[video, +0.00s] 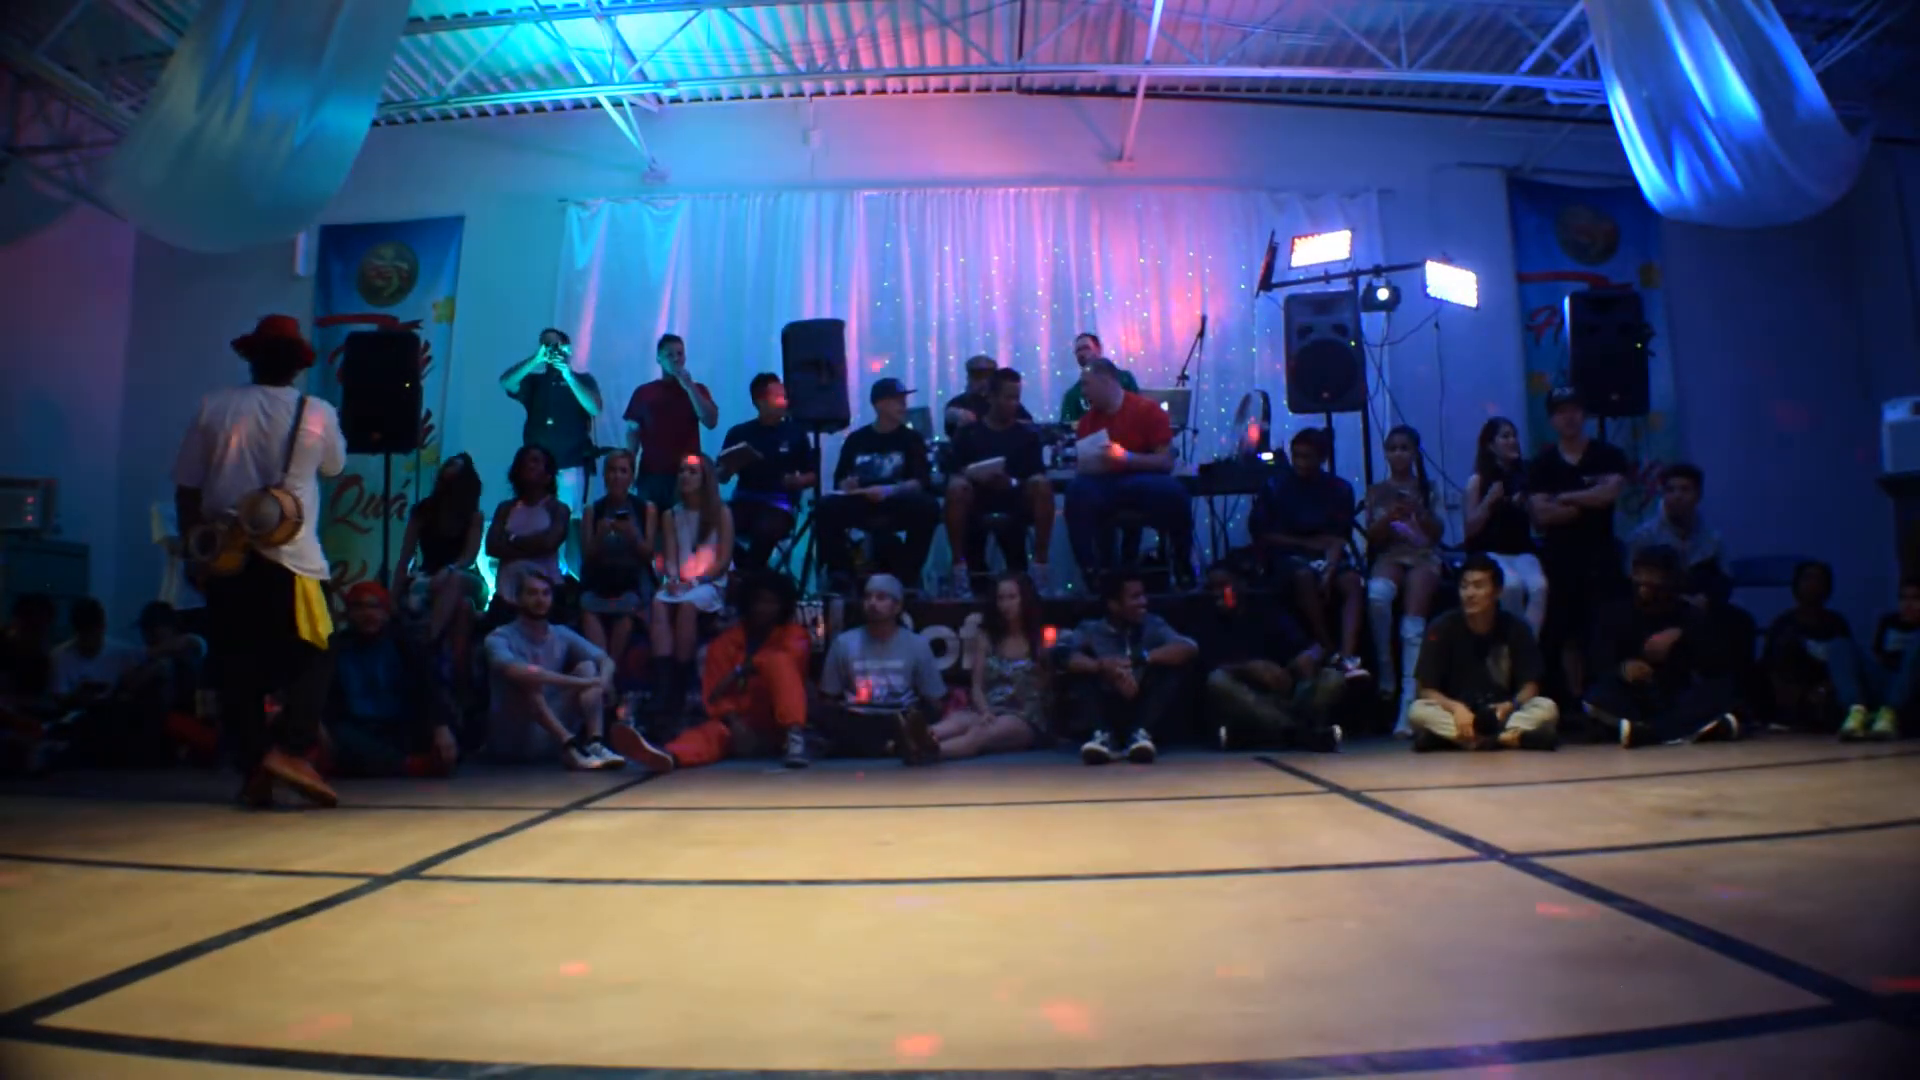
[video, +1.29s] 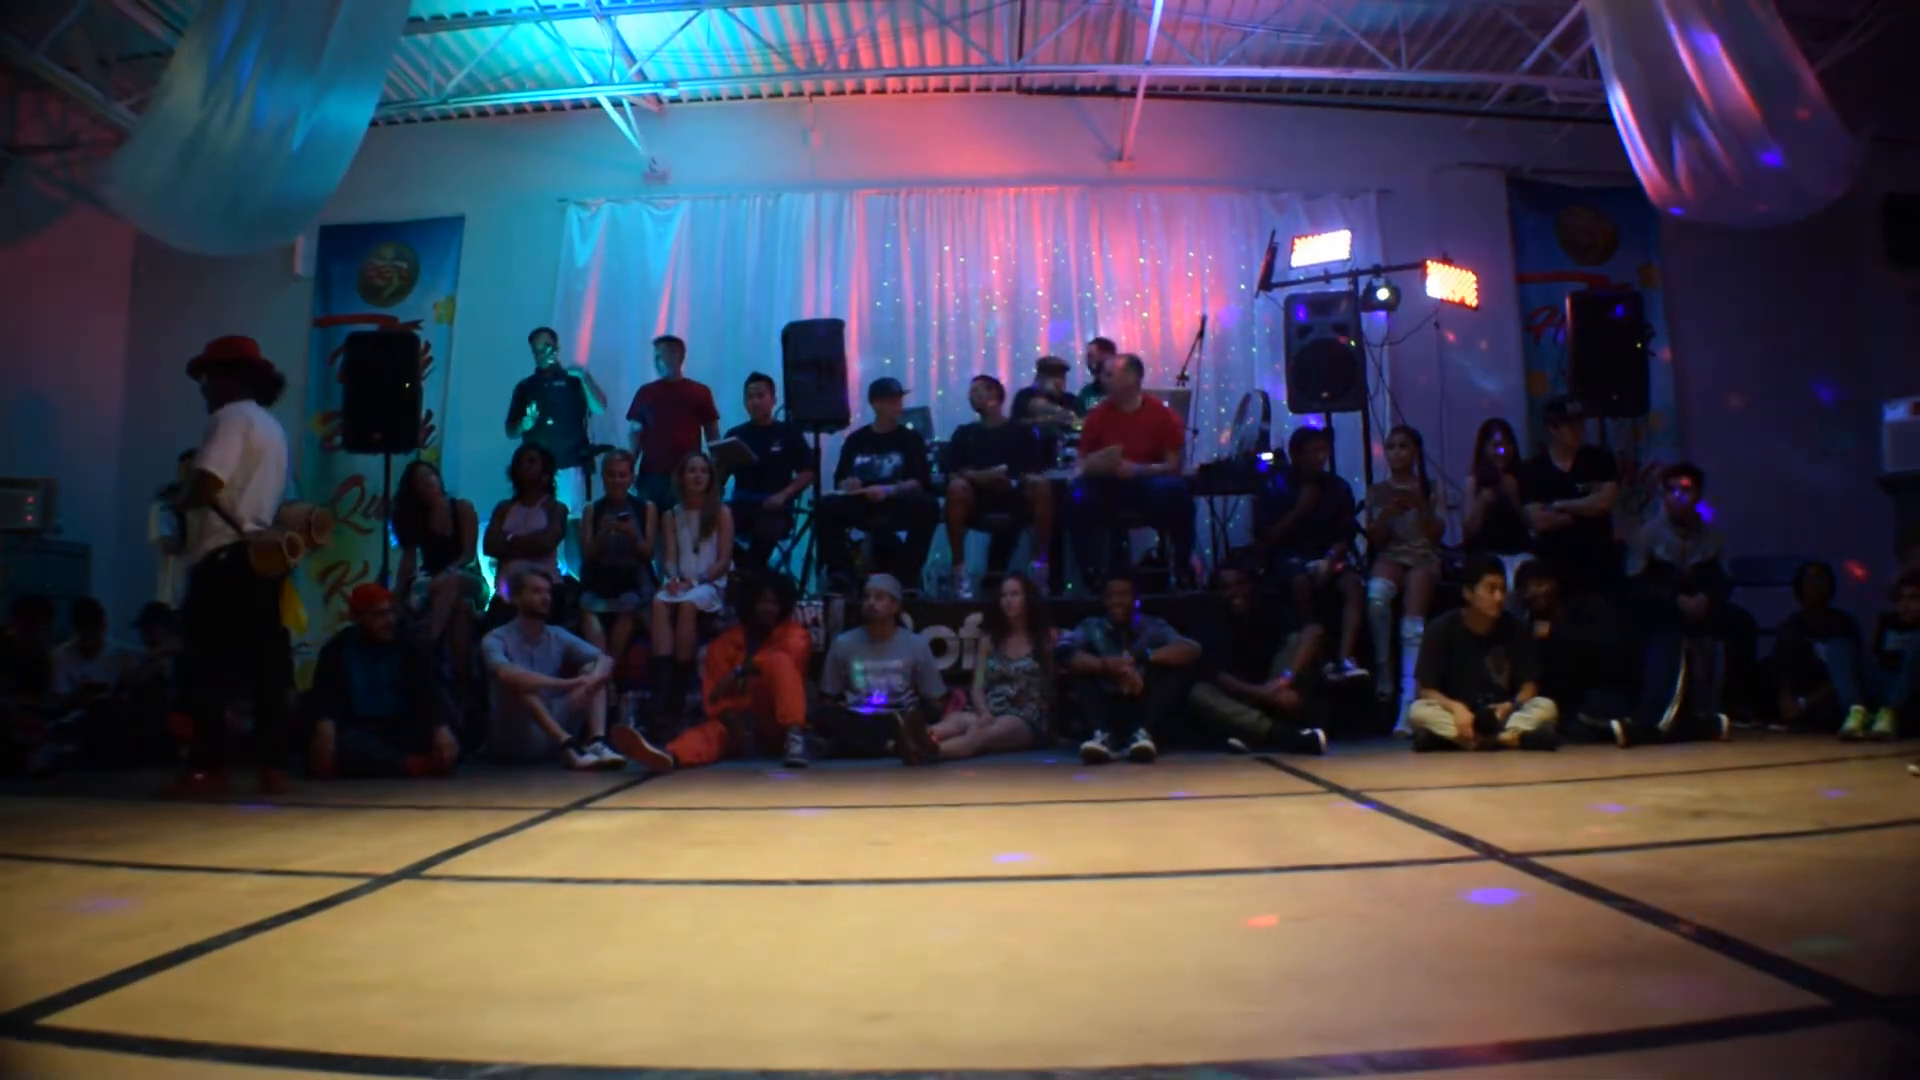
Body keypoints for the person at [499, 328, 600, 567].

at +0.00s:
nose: (553, 351)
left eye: (558, 346)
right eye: (548, 347)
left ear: (567, 349)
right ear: (541, 350)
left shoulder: (581, 380)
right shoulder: (533, 382)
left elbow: (594, 408)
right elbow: (506, 383)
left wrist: (566, 374)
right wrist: (537, 358)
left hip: (572, 459)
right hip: (538, 459)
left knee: (570, 520)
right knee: (535, 518)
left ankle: (571, 575)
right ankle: (536, 578)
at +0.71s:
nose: (552, 352)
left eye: (557, 347)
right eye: (547, 347)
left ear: (567, 349)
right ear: (540, 351)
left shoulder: (583, 379)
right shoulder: (533, 381)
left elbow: (594, 411)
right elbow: (511, 405)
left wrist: (565, 382)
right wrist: (528, 372)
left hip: (572, 460)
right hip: (539, 461)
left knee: (572, 523)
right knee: (537, 521)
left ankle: (573, 577)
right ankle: (538, 579)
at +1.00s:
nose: (547, 352)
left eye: (551, 346)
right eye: (541, 348)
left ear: (561, 347)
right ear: (536, 352)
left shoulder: (580, 378)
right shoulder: (529, 386)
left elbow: (599, 413)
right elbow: (514, 429)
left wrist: (574, 387)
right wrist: (525, 413)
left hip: (571, 462)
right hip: (539, 465)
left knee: (570, 523)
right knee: (539, 523)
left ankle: (572, 577)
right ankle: (543, 578)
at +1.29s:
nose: (544, 353)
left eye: (548, 347)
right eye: (538, 349)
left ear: (556, 348)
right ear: (533, 352)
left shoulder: (574, 381)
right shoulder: (525, 387)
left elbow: (599, 408)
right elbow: (512, 430)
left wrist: (583, 378)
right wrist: (526, 422)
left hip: (571, 461)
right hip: (539, 464)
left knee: (574, 522)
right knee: (539, 523)